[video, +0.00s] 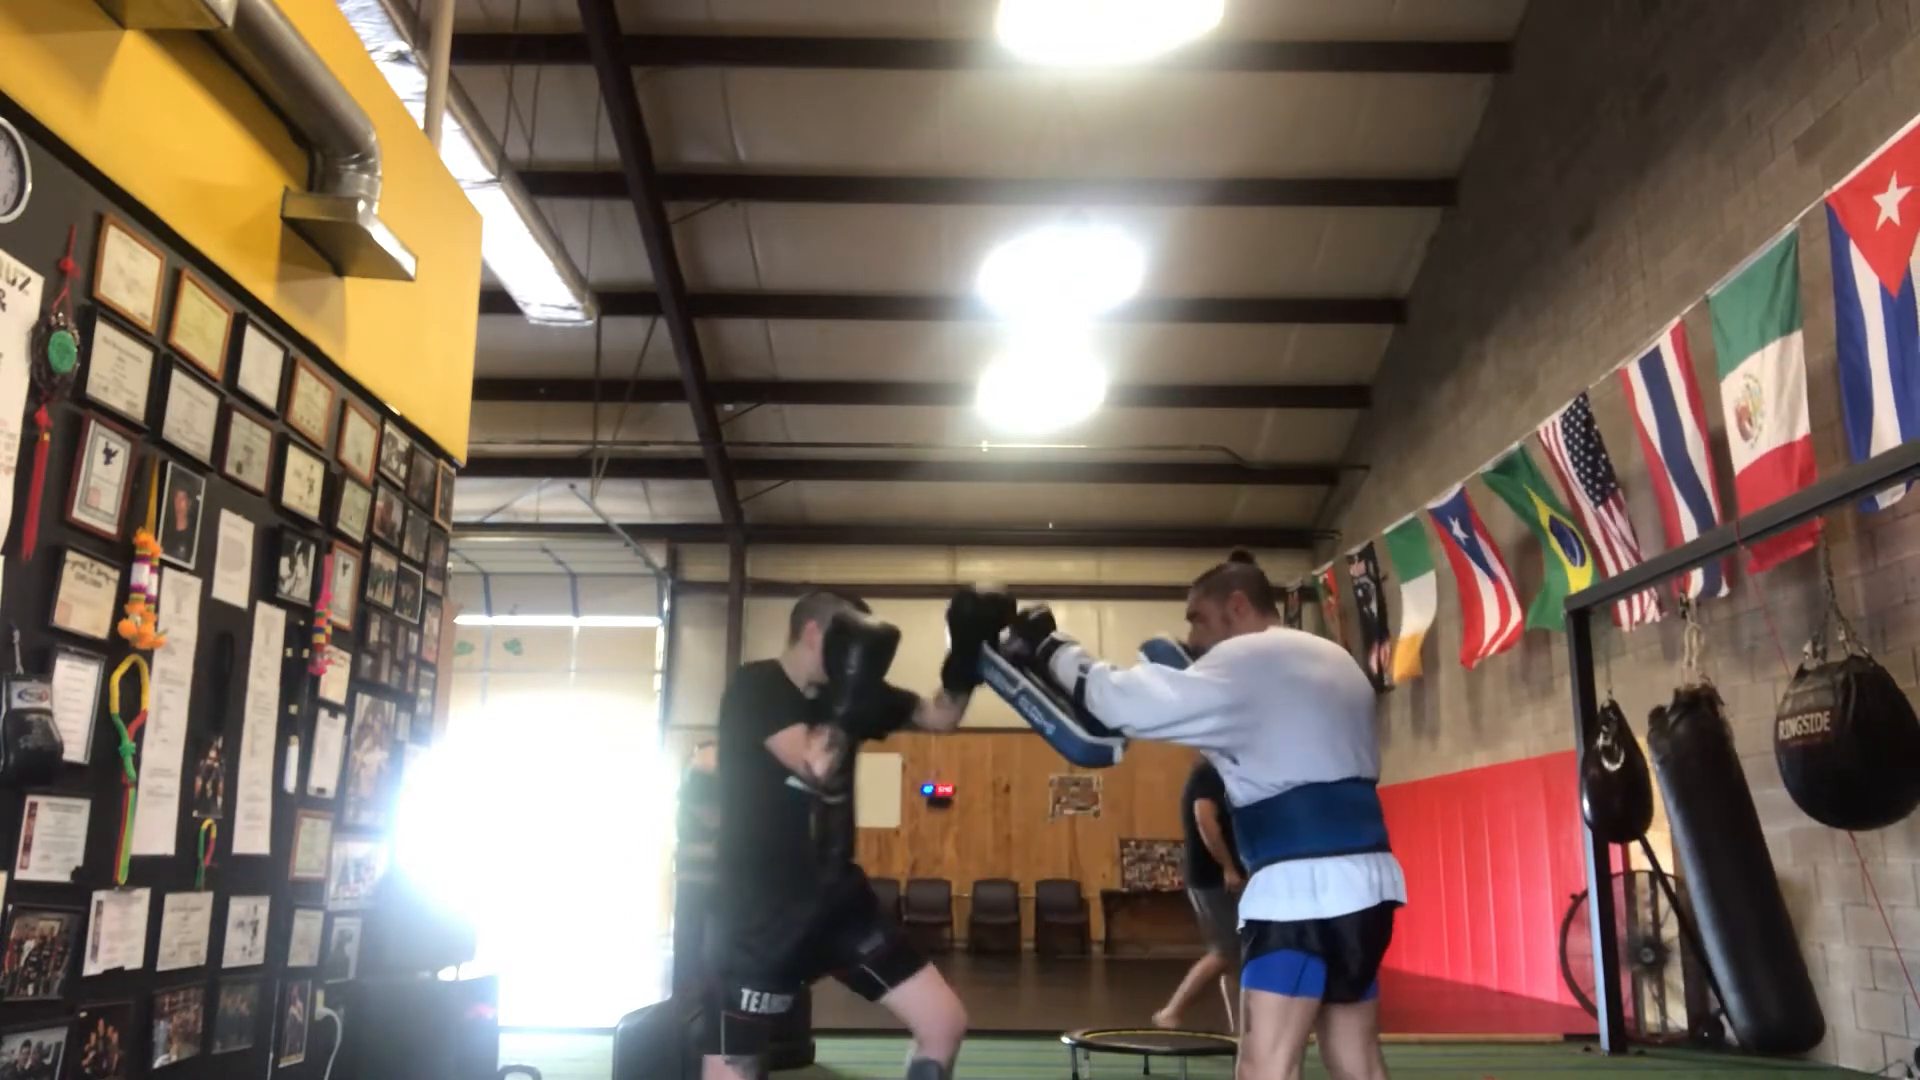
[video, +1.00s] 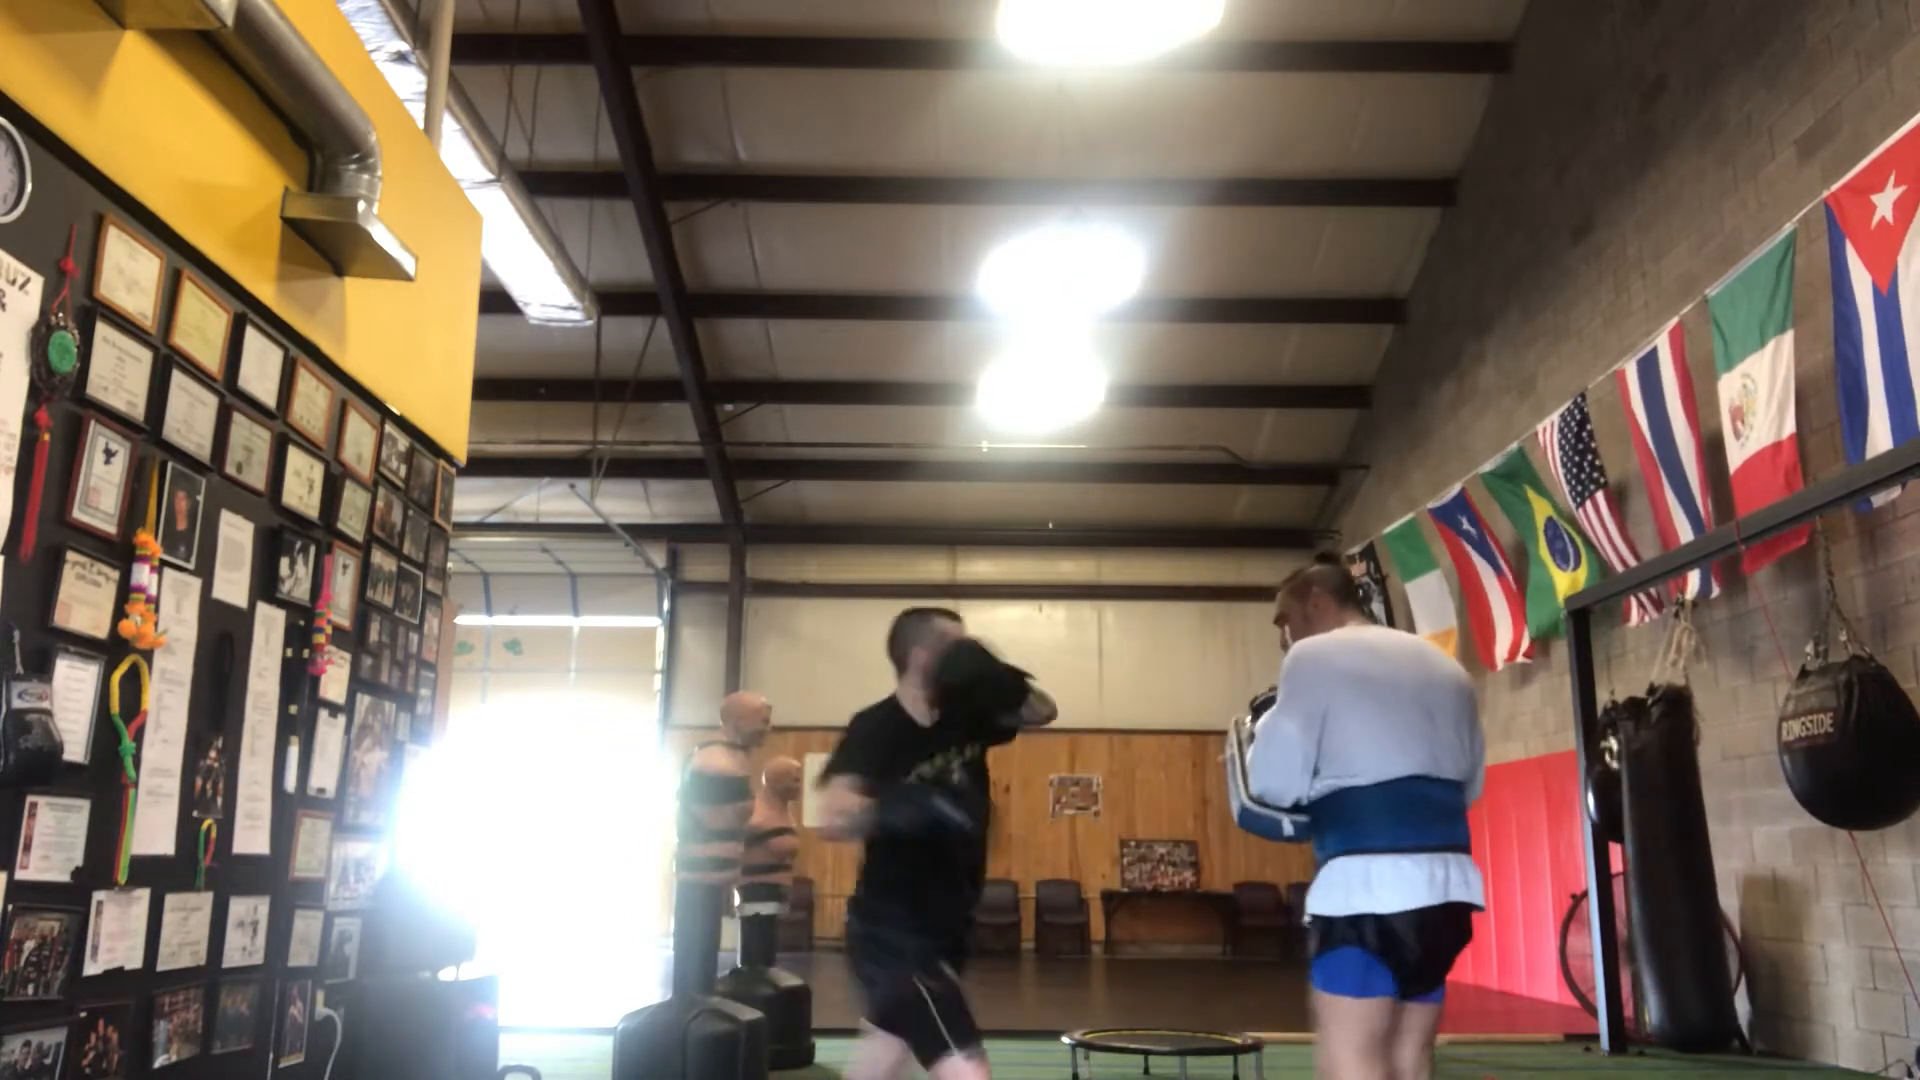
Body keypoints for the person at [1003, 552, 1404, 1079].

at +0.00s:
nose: (1191, 637)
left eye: (1196, 620)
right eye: (1190, 623)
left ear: (1236, 607)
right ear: (1249, 608)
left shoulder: (1242, 661)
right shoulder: (1337, 658)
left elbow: (1131, 702)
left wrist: (1050, 648)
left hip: (1297, 893)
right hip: (1371, 886)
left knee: (1266, 1063)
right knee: (1357, 1058)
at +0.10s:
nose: (1200, 626)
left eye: (1206, 611)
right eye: (1198, 613)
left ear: (1248, 602)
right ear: (1259, 601)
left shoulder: (1251, 659)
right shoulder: (1343, 661)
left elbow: (1166, 717)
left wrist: (1068, 687)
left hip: (1292, 894)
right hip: (1365, 887)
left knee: (1260, 1064)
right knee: (1358, 1064)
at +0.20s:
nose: (1203, 623)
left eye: (1211, 604)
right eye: (1202, 608)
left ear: (1253, 598)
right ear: (1260, 602)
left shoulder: (1264, 659)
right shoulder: (1344, 663)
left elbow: (1228, 757)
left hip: (1286, 893)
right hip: (1358, 887)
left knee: (1251, 1066)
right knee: (1354, 1062)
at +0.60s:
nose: (1244, 618)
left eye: (1252, 602)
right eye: (1243, 605)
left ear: (1295, 595)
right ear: (1303, 598)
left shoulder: (1301, 664)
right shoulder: (1383, 664)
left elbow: (1271, 788)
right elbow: (1342, 769)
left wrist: (1187, 800)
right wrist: (1258, 728)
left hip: (1306, 895)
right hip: (1375, 890)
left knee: (1264, 1064)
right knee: (1360, 1061)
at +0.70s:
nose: (1250, 631)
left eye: (1254, 613)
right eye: (1248, 618)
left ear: (1293, 598)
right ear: (1305, 602)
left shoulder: (1302, 661)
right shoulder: (1405, 669)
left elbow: (1271, 787)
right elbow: (1419, 781)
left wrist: (1211, 777)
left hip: (1327, 895)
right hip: (1403, 889)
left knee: (1275, 1062)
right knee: (1376, 1063)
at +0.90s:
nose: (1274, 640)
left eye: (1275, 623)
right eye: (1270, 628)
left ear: (1306, 602)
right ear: (1337, 605)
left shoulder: (1307, 658)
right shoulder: (1432, 666)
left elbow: (1271, 788)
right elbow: (1460, 784)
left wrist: (1267, 730)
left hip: (1354, 890)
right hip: (1438, 891)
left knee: (1293, 1054)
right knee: (1400, 1061)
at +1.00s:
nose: (1285, 639)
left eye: (1284, 623)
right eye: (1280, 627)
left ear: (1314, 605)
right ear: (1348, 604)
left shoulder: (1312, 658)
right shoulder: (1443, 664)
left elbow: (1274, 785)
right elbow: (1470, 783)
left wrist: (1274, 726)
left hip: (1363, 900)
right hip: (1447, 899)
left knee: (1350, 1065)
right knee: (1412, 1064)